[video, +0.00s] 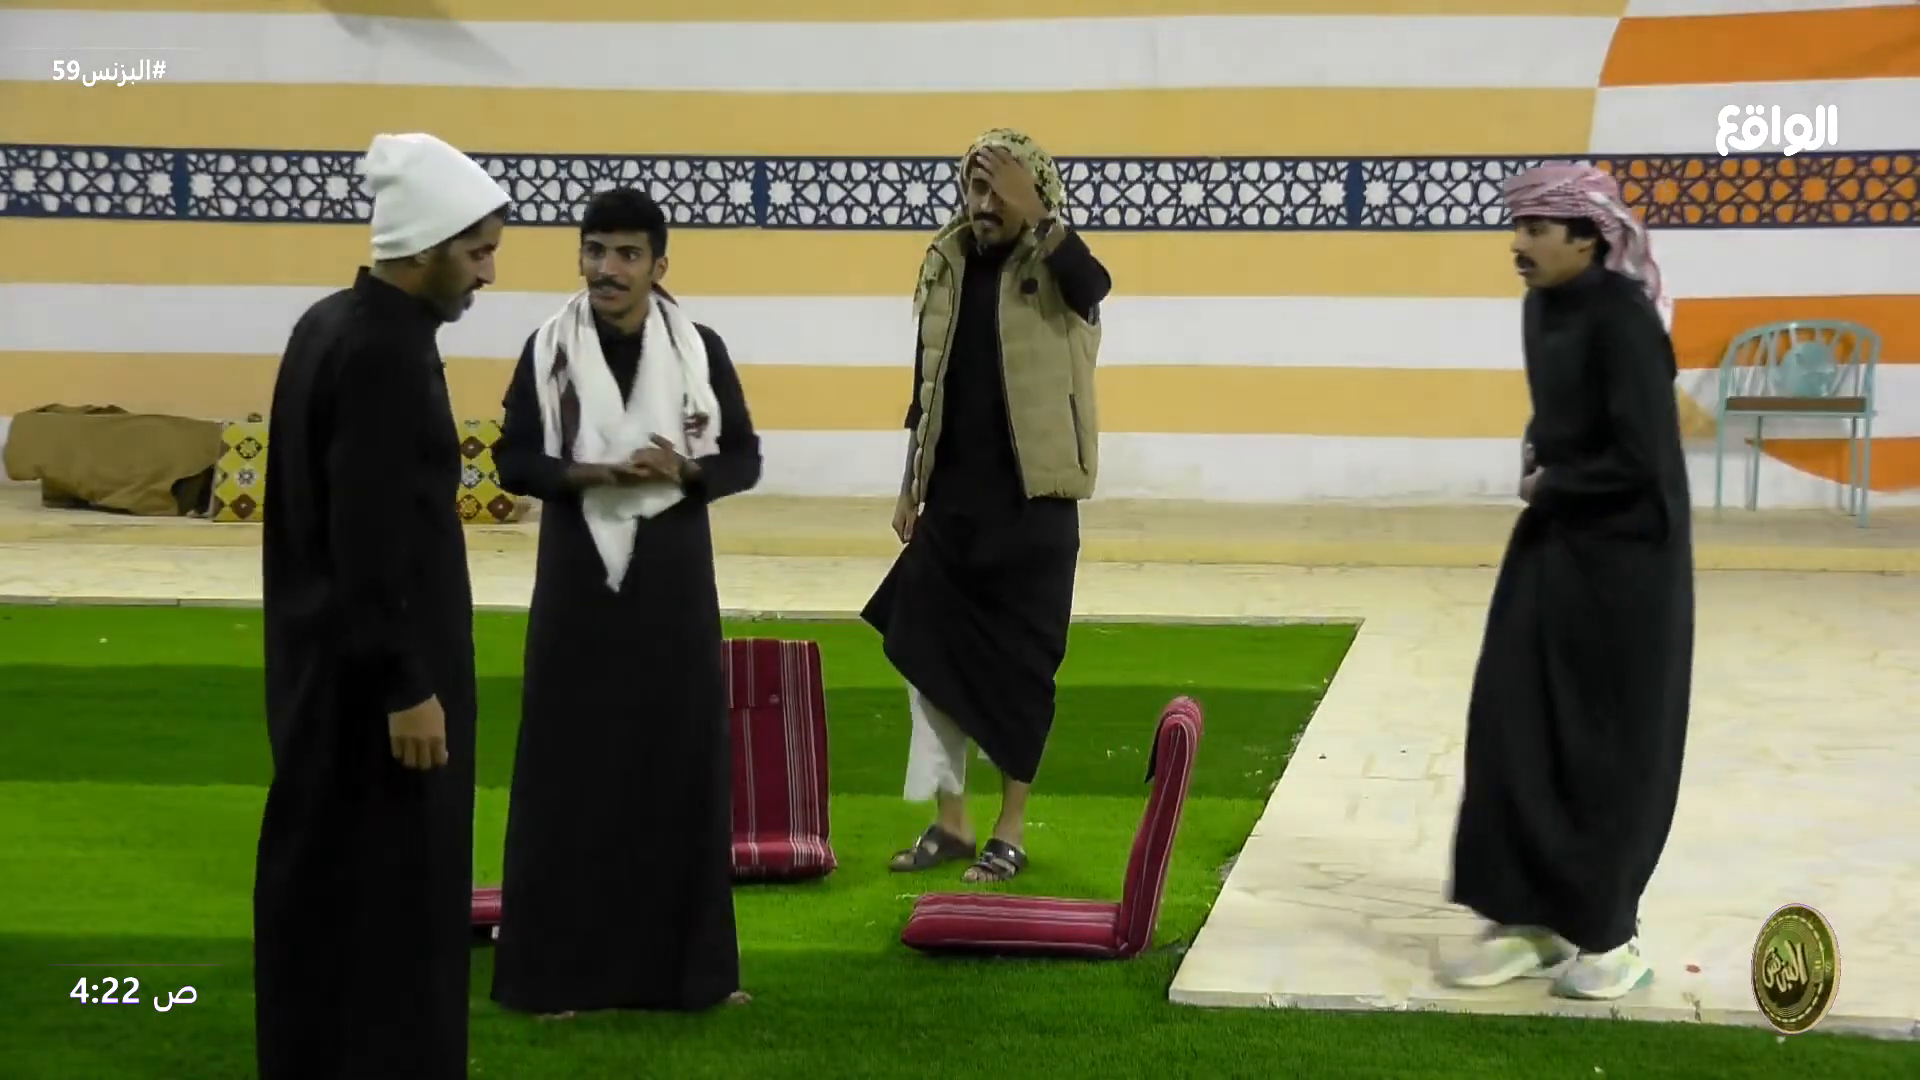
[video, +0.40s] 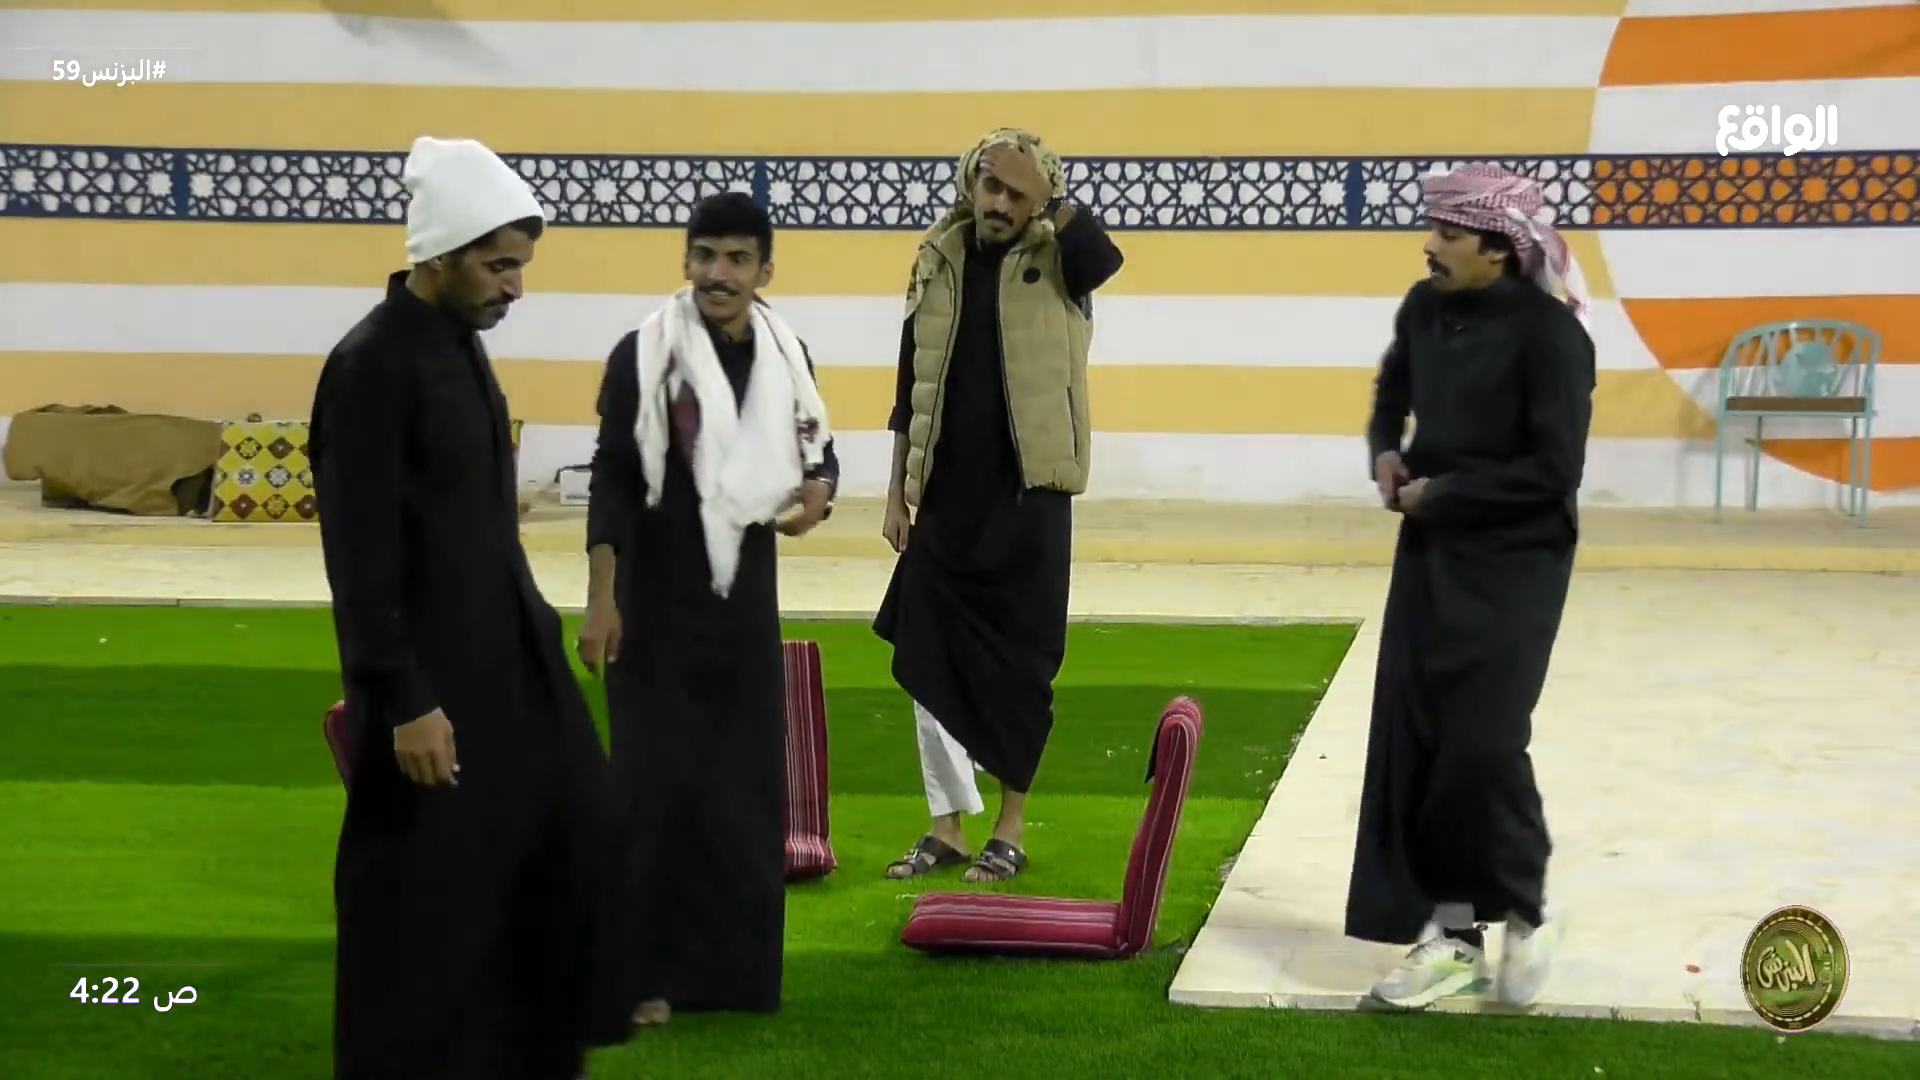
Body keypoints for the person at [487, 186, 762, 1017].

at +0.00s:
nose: (609, 267)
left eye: (627, 254)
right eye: (596, 251)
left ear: (658, 262)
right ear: (581, 257)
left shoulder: (697, 346)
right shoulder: (551, 345)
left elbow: (746, 459)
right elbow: (517, 465)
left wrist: (687, 472)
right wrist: (602, 470)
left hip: (672, 592)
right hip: (576, 590)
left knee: (680, 767)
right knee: (571, 769)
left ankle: (693, 970)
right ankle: (562, 976)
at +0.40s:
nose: (721, 273)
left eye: (739, 259)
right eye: (706, 256)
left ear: (764, 268)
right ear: (685, 261)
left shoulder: (783, 351)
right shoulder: (643, 350)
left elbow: (817, 449)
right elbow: (612, 474)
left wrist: (817, 492)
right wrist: (601, 595)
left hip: (745, 599)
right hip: (655, 599)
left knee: (743, 781)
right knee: (652, 782)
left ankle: (736, 972)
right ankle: (648, 980)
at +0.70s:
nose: (809, 309)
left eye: (820, 294)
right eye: (792, 293)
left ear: (832, 291)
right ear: (749, 284)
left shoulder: (827, 372)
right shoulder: (694, 375)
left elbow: (860, 465)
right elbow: (638, 486)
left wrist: (882, 518)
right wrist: (599, 580)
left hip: (792, 621)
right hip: (713, 621)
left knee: (763, 799)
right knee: (748, 797)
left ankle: (701, 963)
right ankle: (787, 1001)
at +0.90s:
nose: (838, 327)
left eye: (848, 311)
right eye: (820, 314)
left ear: (860, 301)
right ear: (775, 302)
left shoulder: (860, 374)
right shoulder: (726, 394)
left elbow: (886, 478)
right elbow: (678, 536)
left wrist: (913, 555)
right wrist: (686, 667)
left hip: (831, 636)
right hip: (752, 641)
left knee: (816, 813)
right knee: (786, 813)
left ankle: (719, 944)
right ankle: (795, 1020)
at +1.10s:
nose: (869, 331)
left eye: (880, 314)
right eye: (851, 316)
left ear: (892, 304)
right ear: (805, 300)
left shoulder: (888, 367)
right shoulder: (750, 389)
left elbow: (905, 493)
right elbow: (726, 527)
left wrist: (907, 586)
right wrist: (760, 634)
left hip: (879, 633)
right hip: (789, 638)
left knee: (890, 814)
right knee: (783, 825)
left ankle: (849, 992)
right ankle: (775, 1020)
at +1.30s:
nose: (922, 347)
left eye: (934, 331)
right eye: (904, 330)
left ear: (943, 324)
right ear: (854, 314)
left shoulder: (942, 410)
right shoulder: (796, 406)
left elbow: (972, 548)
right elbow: (754, 538)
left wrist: (967, 666)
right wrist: (809, 628)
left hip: (922, 674)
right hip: (813, 676)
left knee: (931, 860)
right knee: (799, 851)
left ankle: (946, 1045)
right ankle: (774, 1016)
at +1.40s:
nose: (966, 343)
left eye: (979, 327)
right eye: (949, 326)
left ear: (991, 319)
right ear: (900, 308)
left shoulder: (978, 390)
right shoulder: (839, 397)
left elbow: (978, 512)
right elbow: (792, 538)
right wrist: (808, 656)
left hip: (961, 668)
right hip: (864, 670)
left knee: (963, 863)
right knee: (850, 853)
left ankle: (944, 1052)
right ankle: (794, 1009)